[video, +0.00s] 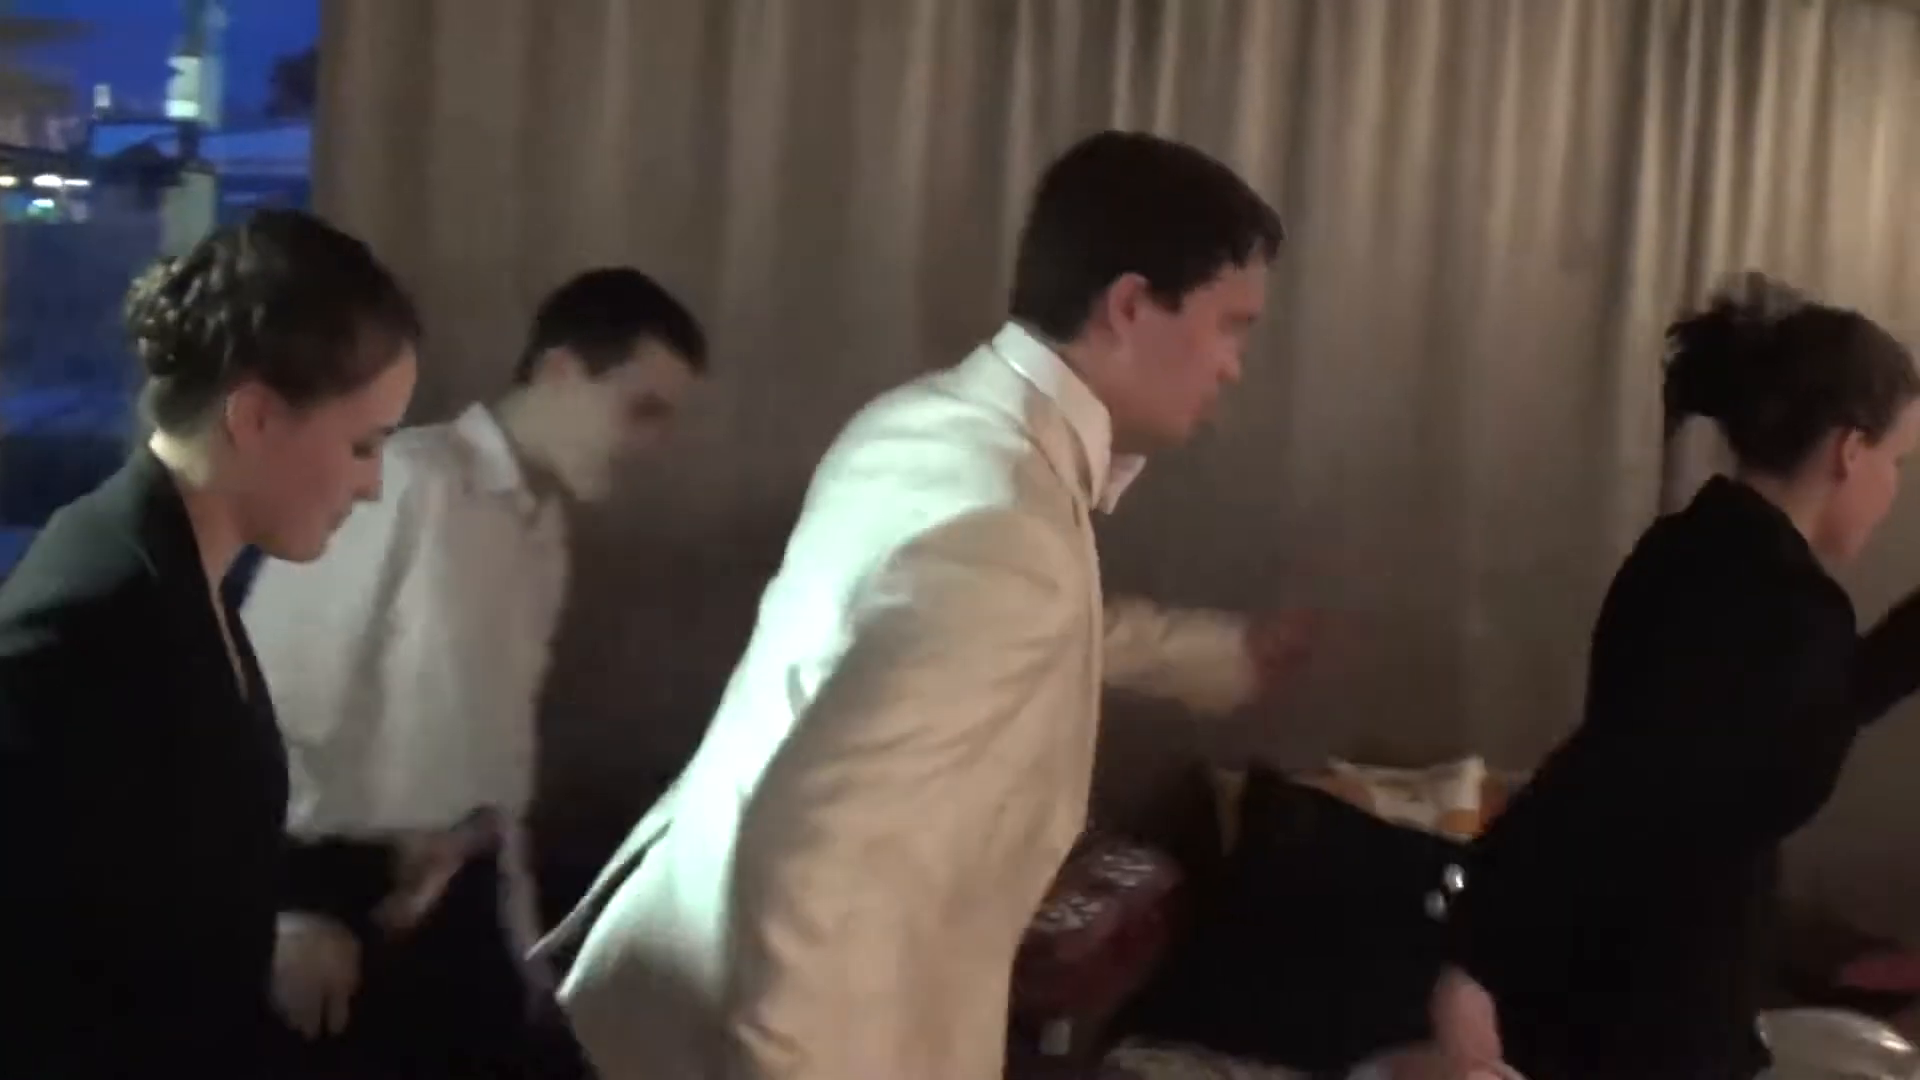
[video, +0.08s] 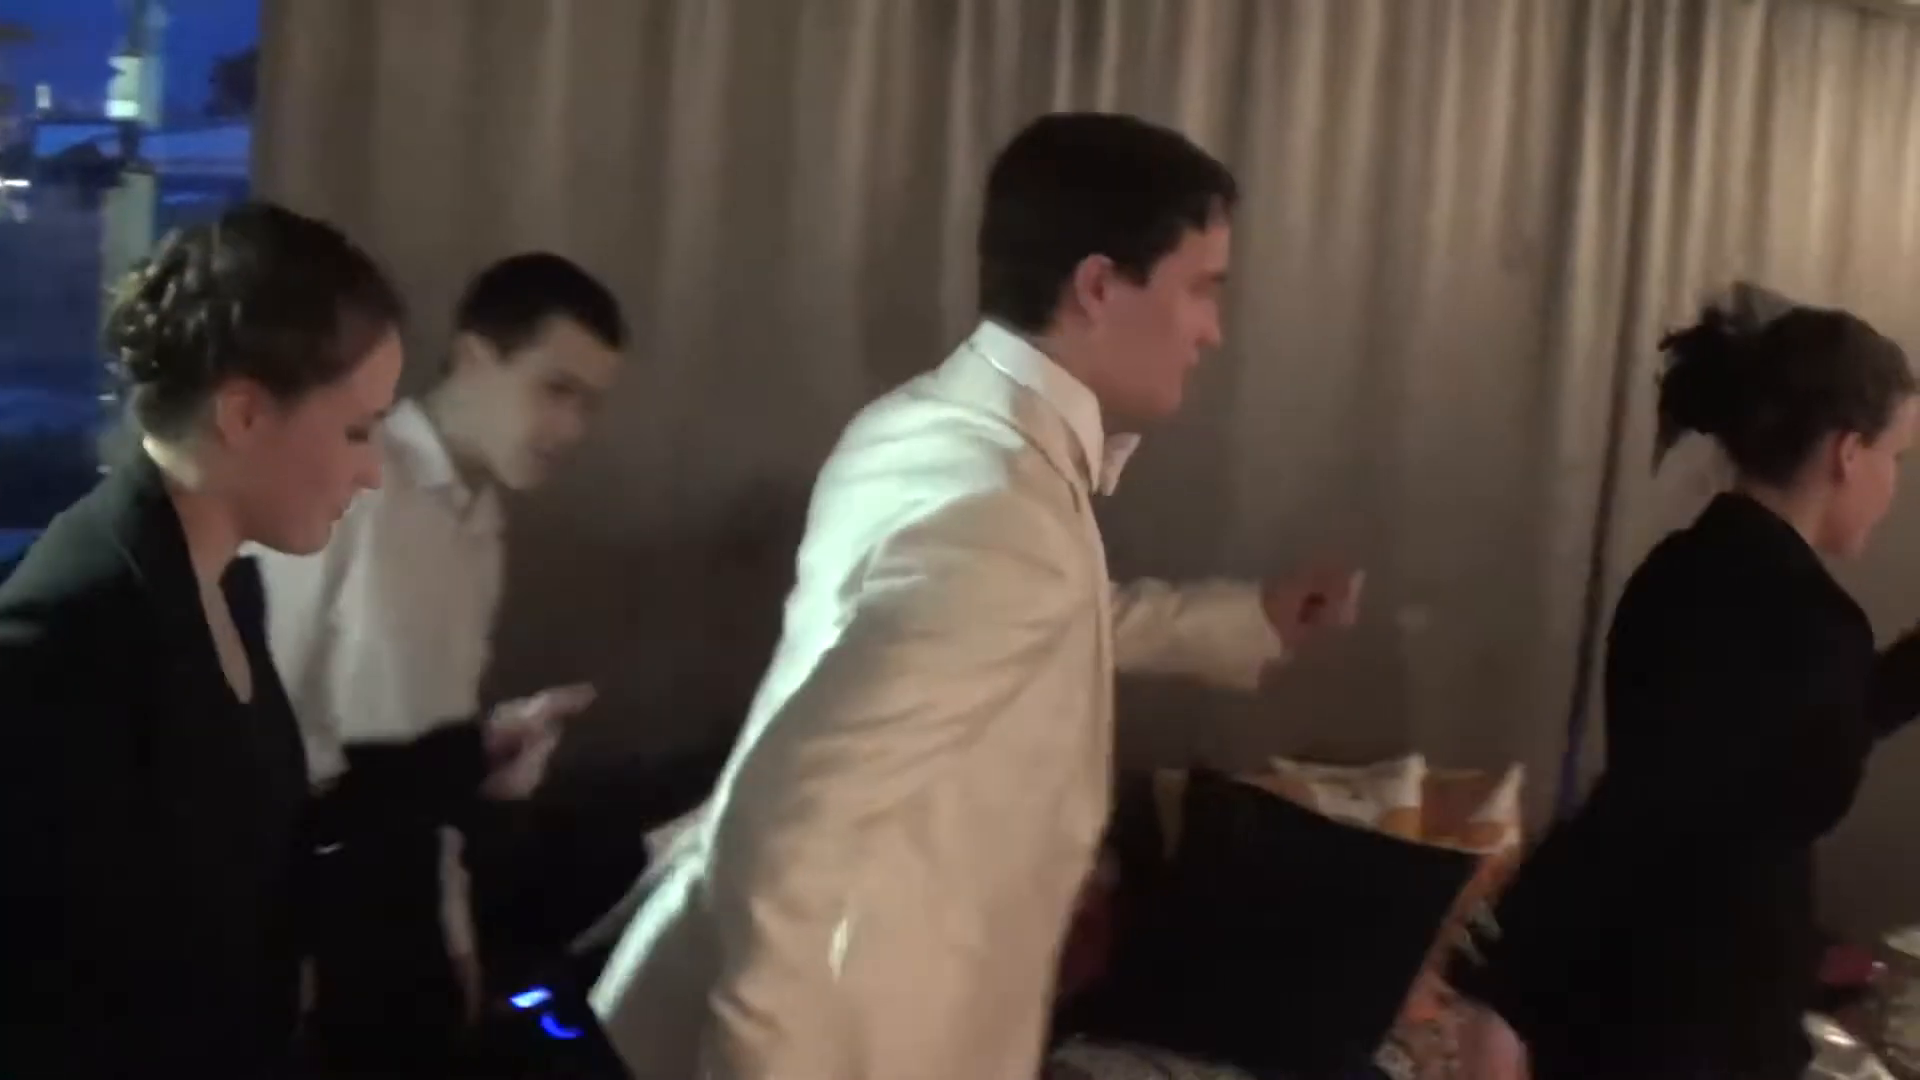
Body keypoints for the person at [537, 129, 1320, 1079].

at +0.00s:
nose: (1235, 367)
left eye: (1245, 332)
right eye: (1230, 325)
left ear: (1123, 306)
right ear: (1130, 308)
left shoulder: (926, 425)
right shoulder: (1003, 535)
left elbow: (1036, 633)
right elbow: (826, 867)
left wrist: (1227, 658)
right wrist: (808, 1068)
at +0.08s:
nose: (1215, 332)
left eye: (1217, 293)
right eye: (1202, 289)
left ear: (1093, 292)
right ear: (1097, 290)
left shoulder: (933, 428)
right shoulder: (997, 519)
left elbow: (1051, 626)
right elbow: (795, 828)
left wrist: (1260, 625)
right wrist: (770, 1064)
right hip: (853, 1049)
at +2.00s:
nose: (1346, 353)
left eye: (1347, 331)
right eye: (1343, 331)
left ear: (1233, 325)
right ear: (1305, 340)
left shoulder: (1155, 436)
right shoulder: (1284, 486)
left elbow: (1237, 570)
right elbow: (1230, 676)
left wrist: (1378, 558)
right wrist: (1247, 864)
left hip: (1112, 850)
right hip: (1230, 879)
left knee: (1102, 1059)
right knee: (1245, 1066)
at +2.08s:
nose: (1368, 367)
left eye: (1368, 345)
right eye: (1364, 346)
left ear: (1254, 340)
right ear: (1324, 354)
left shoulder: (1168, 458)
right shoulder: (1312, 503)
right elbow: (1259, 690)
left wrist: (1384, 600)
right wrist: (1283, 878)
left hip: (1155, 831)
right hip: (1264, 856)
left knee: (1138, 1046)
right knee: (1268, 1062)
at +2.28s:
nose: (1414, 390)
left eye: (1412, 368)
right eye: (1403, 367)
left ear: (1322, 369)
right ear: (1343, 373)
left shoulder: (1203, 477)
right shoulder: (1354, 513)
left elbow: (1186, 642)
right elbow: (1375, 689)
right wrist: (1455, 812)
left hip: (1209, 805)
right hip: (1310, 834)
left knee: (1238, 1031)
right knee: (1280, 1043)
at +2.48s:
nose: (1433, 366)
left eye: (1433, 344)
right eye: (1418, 341)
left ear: (1340, 341)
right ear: (1349, 340)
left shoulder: (1258, 406)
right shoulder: (1374, 448)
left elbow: (1167, 534)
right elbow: (1451, 593)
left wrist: (1166, 649)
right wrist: (1544, 624)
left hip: (1224, 765)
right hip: (1299, 792)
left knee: (1255, 1003)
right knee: (1280, 1016)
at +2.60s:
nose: (1422, 363)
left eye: (1423, 342)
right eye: (1404, 340)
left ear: (1350, 348)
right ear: (1337, 342)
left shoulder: (1312, 437)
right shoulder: (1314, 458)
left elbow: (1350, 635)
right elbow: (1353, 654)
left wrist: (1457, 693)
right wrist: (1472, 702)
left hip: (1272, 764)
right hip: (1265, 777)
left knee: (1261, 1002)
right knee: (1271, 1008)